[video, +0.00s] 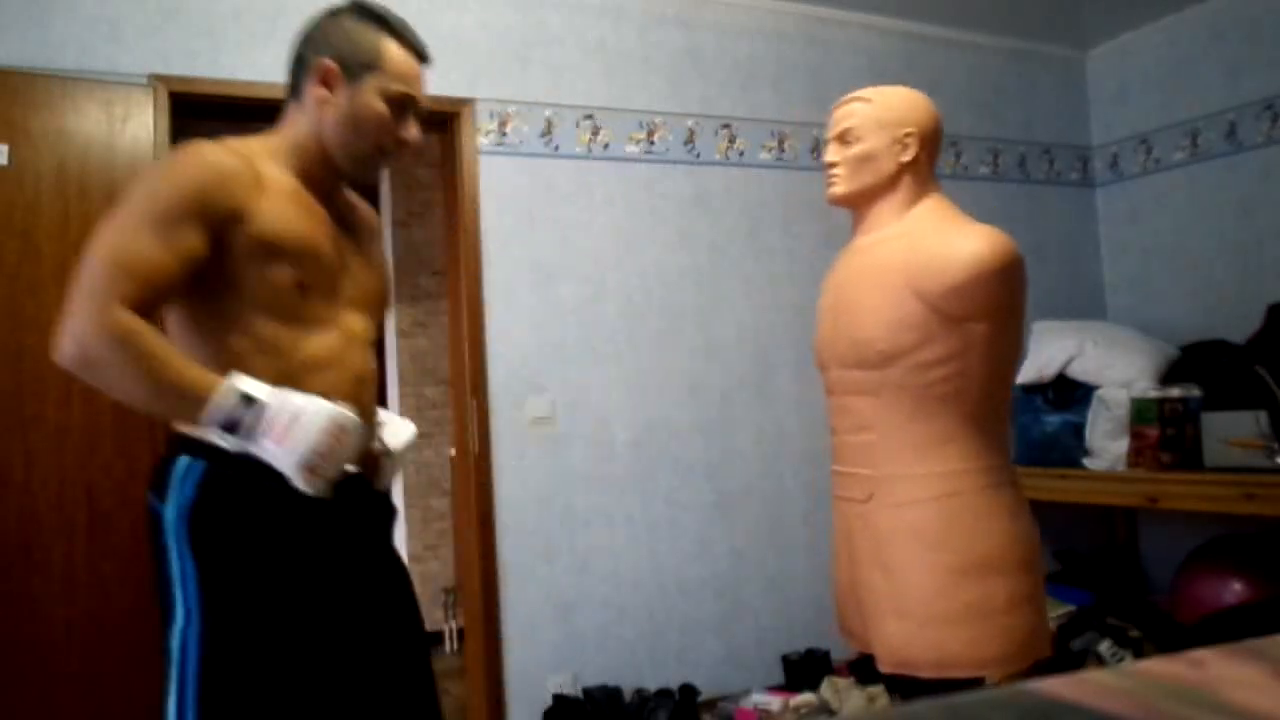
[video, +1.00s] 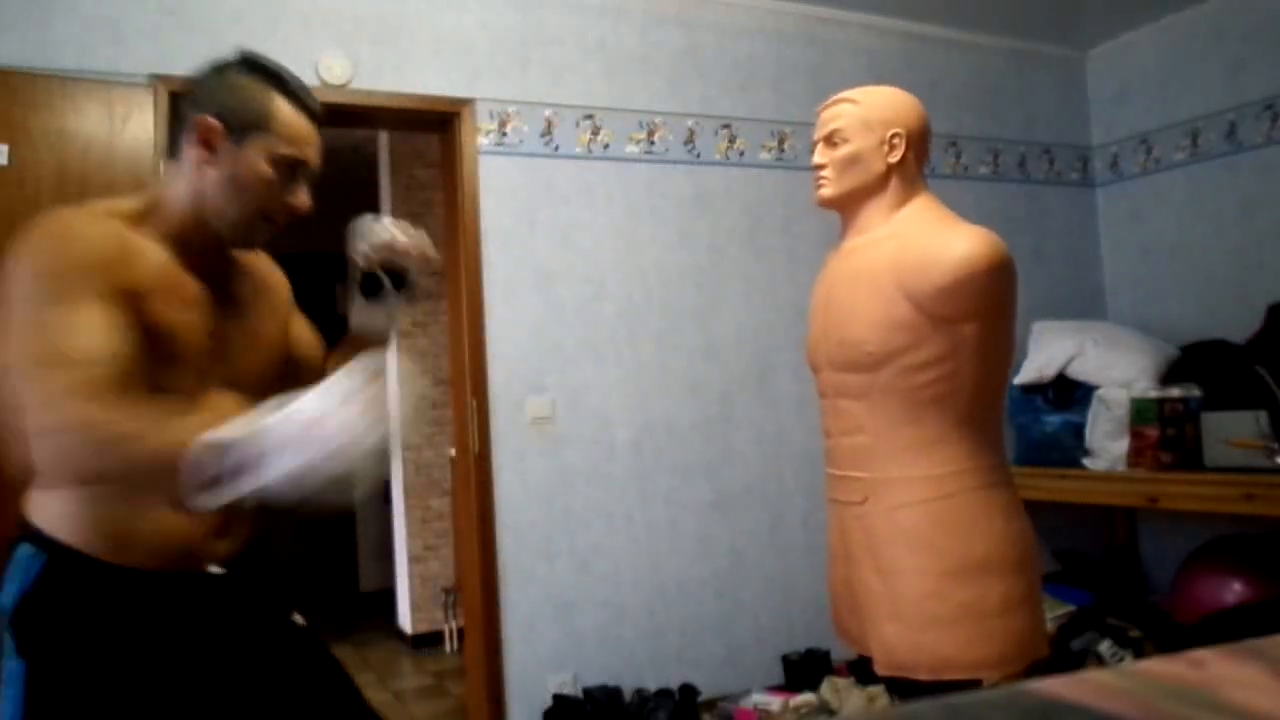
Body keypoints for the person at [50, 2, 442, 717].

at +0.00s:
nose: (410, 136)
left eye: (415, 115)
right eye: (397, 105)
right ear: (325, 84)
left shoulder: (365, 224)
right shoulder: (211, 174)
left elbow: (337, 370)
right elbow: (88, 331)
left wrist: (378, 430)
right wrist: (260, 415)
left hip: (346, 510)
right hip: (237, 508)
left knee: (398, 706)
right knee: (235, 711)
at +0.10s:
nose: (372, 143)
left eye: (378, 123)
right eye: (358, 114)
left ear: (289, 99)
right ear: (284, 94)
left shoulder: (336, 230)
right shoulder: (160, 192)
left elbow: (316, 365)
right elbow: (46, 354)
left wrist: (361, 433)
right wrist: (217, 426)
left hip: (327, 516)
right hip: (214, 521)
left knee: (354, 710)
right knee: (222, 713)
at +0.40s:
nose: (307, 136)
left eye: (313, 116)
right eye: (289, 106)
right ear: (209, 87)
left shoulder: (297, 231)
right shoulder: (81, 200)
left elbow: (295, 360)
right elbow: (8, 376)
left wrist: (336, 398)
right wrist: (173, 406)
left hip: (265, 537)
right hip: (125, 537)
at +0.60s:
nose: (258, 167)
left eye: (264, 146)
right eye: (237, 139)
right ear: (153, 117)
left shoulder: (274, 265)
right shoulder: (23, 244)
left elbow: (337, 400)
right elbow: (4, 435)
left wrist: (340, 392)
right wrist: (82, 406)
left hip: (223, 589)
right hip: (63, 587)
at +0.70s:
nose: (243, 174)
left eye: (249, 151)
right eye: (222, 143)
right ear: (136, 118)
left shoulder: (242, 259)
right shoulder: (15, 239)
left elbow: (319, 431)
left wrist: (320, 364)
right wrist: (21, 402)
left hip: (198, 577)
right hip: (47, 566)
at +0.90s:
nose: (265, 180)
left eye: (272, 158)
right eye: (246, 147)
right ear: (164, 116)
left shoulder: (245, 257)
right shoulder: (23, 230)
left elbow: (332, 390)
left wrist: (353, 292)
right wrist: (49, 476)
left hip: (204, 576)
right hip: (57, 576)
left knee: (326, 719)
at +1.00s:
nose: (303, 202)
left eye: (308, 181)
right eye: (286, 170)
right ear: (208, 142)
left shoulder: (261, 283)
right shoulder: (73, 250)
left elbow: (325, 409)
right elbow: (66, 438)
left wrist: (385, 321)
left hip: (219, 596)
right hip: (82, 600)